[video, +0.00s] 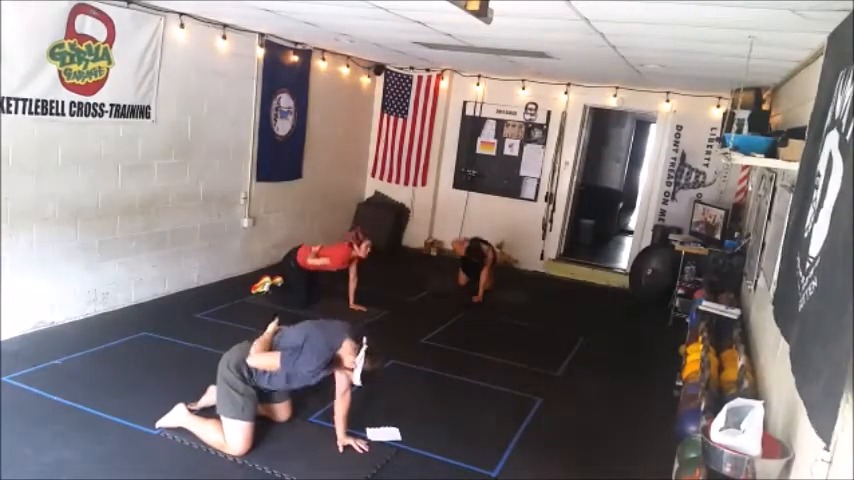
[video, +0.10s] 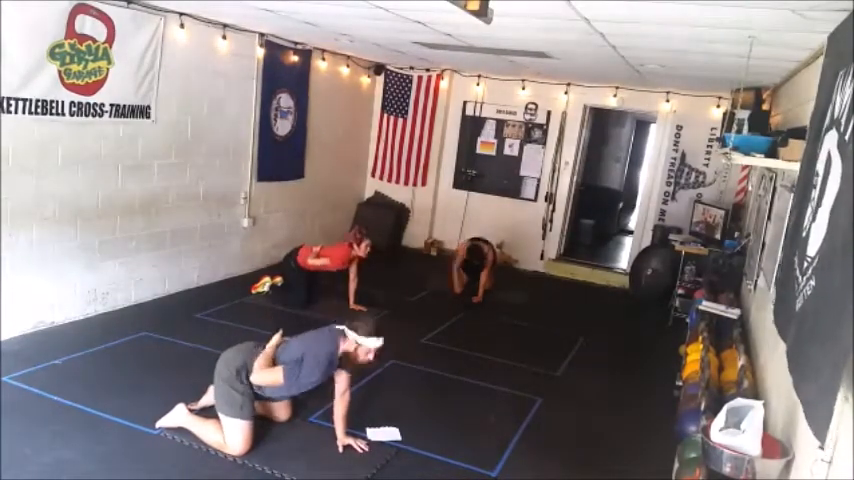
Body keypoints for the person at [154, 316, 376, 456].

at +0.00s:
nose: (352, 372)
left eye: (356, 371)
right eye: (354, 369)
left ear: (361, 354)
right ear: (354, 358)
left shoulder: (349, 338)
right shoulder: (316, 350)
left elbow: (343, 393)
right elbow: (254, 359)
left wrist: (343, 435)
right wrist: (268, 333)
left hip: (273, 366)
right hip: (240, 368)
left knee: (281, 413)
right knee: (236, 445)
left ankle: (220, 397)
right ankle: (183, 417)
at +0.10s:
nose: (373, 356)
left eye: (376, 350)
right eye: (370, 350)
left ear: (354, 336)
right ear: (354, 343)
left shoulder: (343, 338)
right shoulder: (316, 365)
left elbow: (342, 393)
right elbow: (257, 377)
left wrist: (342, 435)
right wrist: (271, 347)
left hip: (260, 356)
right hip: (235, 370)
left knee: (282, 413)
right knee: (236, 445)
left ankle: (220, 397)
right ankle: (183, 417)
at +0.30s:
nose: (366, 359)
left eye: (370, 355)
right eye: (364, 354)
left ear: (350, 338)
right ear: (349, 344)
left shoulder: (338, 337)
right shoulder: (313, 360)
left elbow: (339, 390)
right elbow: (267, 393)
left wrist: (342, 435)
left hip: (257, 354)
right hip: (235, 370)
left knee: (283, 412)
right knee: (236, 445)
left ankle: (218, 395)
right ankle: (182, 417)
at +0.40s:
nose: (362, 355)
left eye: (367, 350)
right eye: (359, 349)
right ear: (343, 339)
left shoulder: (330, 333)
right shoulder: (309, 356)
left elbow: (316, 361)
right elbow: (306, 413)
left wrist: (320, 387)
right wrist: (311, 458)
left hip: (260, 357)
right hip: (237, 370)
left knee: (281, 411)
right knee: (236, 445)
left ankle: (221, 395)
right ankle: (182, 417)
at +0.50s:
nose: (368, 362)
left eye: (373, 358)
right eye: (367, 355)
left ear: (354, 338)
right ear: (353, 341)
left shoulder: (338, 334)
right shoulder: (318, 358)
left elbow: (301, 334)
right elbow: (311, 413)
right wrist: (312, 458)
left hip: (266, 359)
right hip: (240, 366)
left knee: (281, 411)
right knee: (234, 445)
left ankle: (221, 395)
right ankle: (177, 420)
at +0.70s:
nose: (339, 372)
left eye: (343, 374)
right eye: (344, 372)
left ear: (353, 346)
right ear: (347, 361)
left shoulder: (335, 328)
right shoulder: (315, 363)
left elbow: (298, 323)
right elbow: (310, 414)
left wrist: (269, 329)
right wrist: (311, 458)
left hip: (262, 357)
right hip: (235, 367)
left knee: (280, 410)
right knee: (234, 445)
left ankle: (219, 398)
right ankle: (182, 418)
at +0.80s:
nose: (337, 379)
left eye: (341, 379)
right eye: (342, 377)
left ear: (352, 355)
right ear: (348, 361)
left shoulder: (332, 333)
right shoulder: (314, 363)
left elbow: (296, 325)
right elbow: (309, 415)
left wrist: (265, 333)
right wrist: (311, 458)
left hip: (261, 358)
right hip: (236, 369)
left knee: (280, 410)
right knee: (233, 445)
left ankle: (220, 399)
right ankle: (180, 418)